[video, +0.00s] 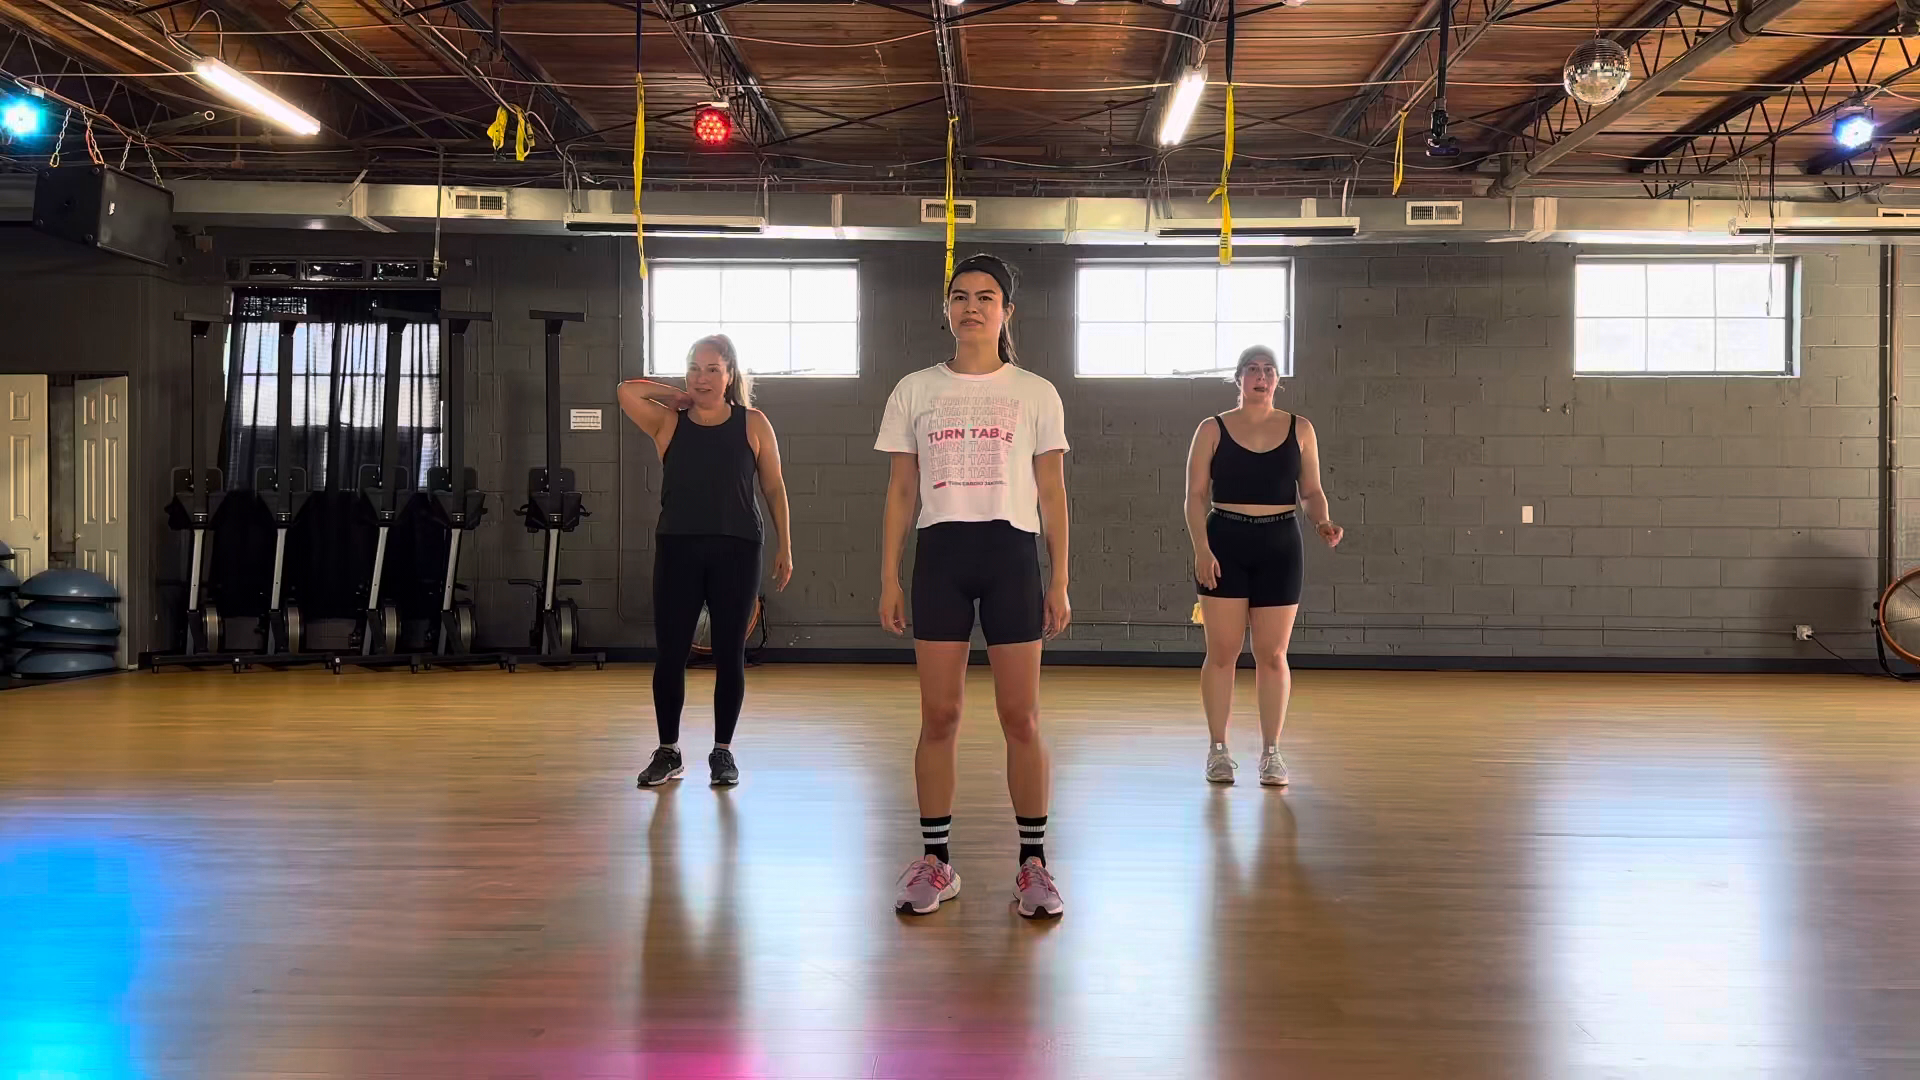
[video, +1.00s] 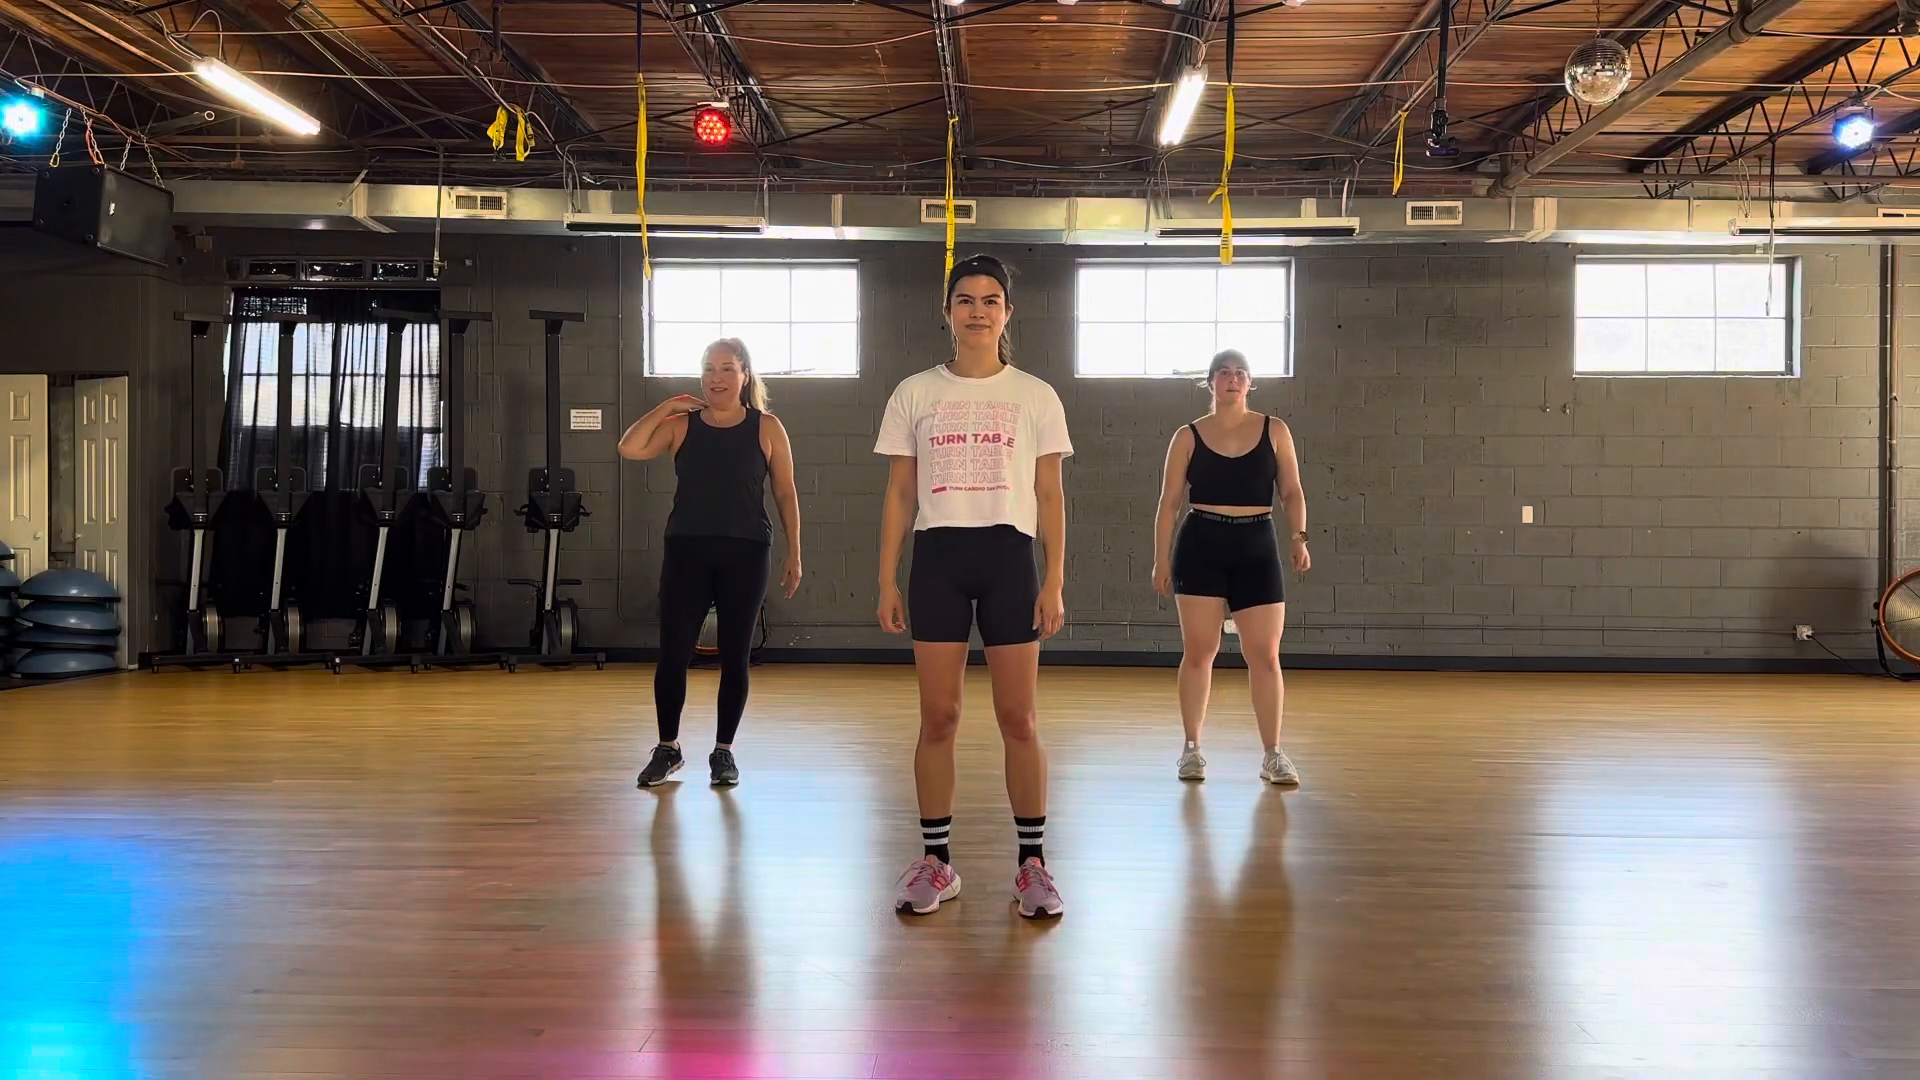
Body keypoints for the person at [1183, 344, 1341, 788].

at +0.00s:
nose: (1261, 377)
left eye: (1268, 371)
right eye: (1252, 370)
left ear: (1277, 380)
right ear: (1238, 379)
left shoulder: (1299, 429)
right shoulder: (1212, 430)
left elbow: (1311, 492)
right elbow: (1195, 496)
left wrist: (1322, 521)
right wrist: (1201, 548)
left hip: (1279, 549)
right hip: (1224, 547)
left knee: (1273, 655)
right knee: (1222, 653)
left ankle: (1272, 752)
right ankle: (1218, 749)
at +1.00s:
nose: (1231, 378)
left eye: (1238, 372)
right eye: (1223, 372)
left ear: (1249, 383)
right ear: (1210, 383)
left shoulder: (1274, 430)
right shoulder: (1188, 436)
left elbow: (1292, 490)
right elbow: (1169, 502)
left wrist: (1298, 536)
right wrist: (1161, 560)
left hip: (1256, 550)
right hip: (1199, 548)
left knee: (1265, 656)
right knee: (1199, 652)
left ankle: (1273, 753)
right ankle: (1191, 749)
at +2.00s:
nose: (1292, 386)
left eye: (1300, 381)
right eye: (1285, 377)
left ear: (1307, 391)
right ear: (1269, 382)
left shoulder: (1317, 435)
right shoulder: (1233, 434)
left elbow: (1340, 494)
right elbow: (1210, 500)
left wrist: (1332, 452)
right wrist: (1202, 557)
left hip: (1300, 553)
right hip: (1244, 551)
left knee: (1299, 658)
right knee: (1215, 656)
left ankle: (1297, 756)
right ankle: (1199, 747)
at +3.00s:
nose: (1270, 388)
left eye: (1277, 382)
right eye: (1261, 382)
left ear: (1288, 391)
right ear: (1247, 391)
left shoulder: (1313, 439)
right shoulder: (1228, 444)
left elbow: (1327, 502)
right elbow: (1217, 498)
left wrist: (1298, 460)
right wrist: (1196, 541)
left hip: (1292, 561)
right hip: (1234, 557)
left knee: (1277, 669)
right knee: (1245, 666)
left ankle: (1271, 747)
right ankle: (1254, 764)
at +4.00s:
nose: (1275, 355)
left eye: (1284, 349)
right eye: (1265, 347)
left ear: (1295, 364)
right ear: (1248, 358)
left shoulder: (1314, 430)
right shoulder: (1211, 415)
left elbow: (1319, 506)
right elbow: (1184, 494)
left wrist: (1334, 572)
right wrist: (1209, 562)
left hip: (1297, 566)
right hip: (1226, 563)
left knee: (1274, 690)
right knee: (1229, 693)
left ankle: (1257, 809)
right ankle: (1236, 772)